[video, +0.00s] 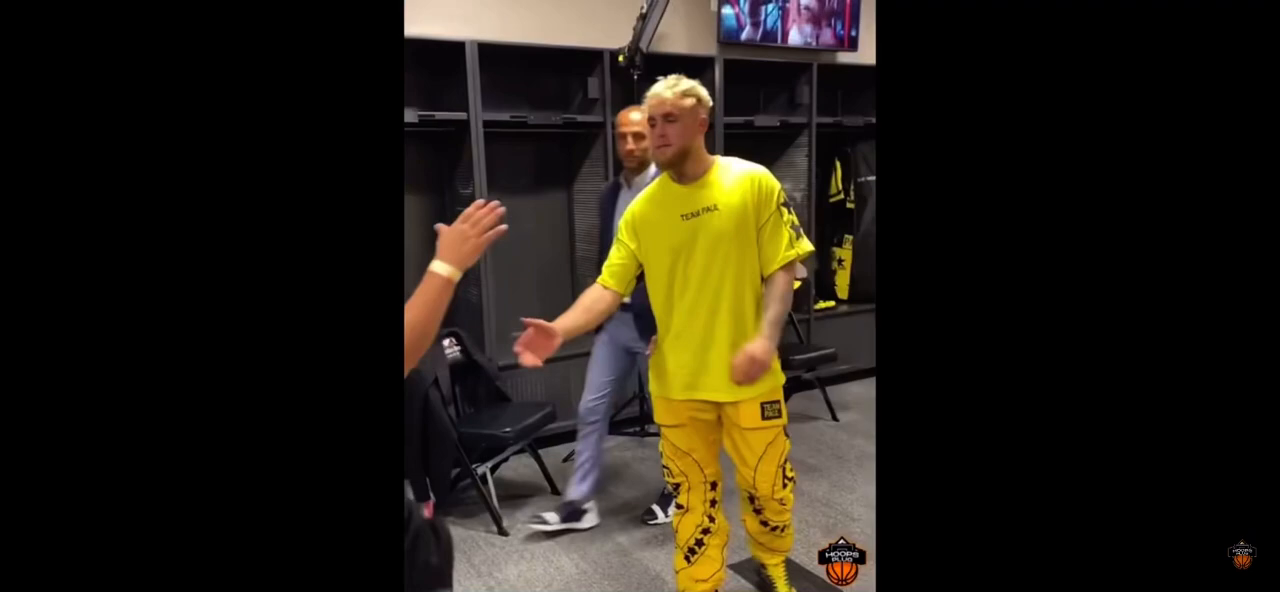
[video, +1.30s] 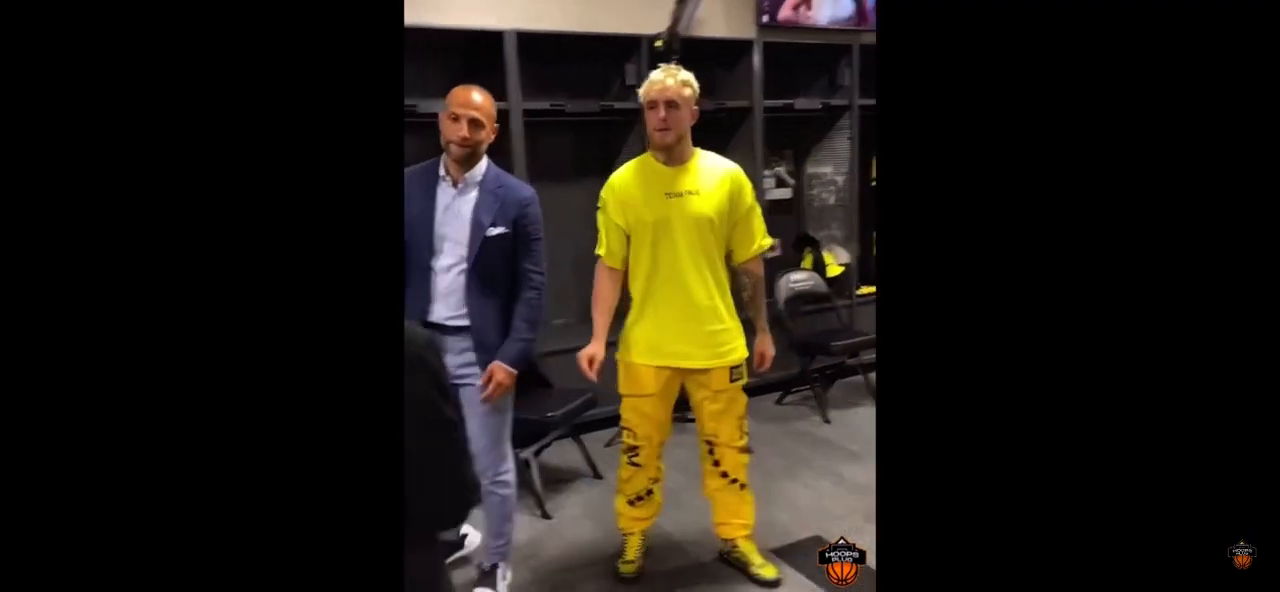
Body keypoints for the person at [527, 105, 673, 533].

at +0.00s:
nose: (629, 145)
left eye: (637, 137)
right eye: (622, 138)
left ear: (654, 139)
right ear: (614, 143)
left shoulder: (671, 189)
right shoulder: (612, 194)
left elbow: (684, 261)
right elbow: (609, 258)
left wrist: (666, 328)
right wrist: (601, 310)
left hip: (663, 322)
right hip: (617, 319)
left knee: (672, 416)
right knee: (592, 408)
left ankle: (678, 491)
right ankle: (579, 501)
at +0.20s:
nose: (580, 149)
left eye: (588, 141)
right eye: (571, 141)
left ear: (603, 145)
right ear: (559, 146)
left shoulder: (625, 199)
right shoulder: (550, 202)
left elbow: (642, 276)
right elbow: (543, 269)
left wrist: (635, 340)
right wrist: (540, 326)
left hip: (611, 334)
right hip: (561, 332)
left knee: (633, 424)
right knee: (549, 430)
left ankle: (664, 485)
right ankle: (531, 525)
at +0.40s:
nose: (520, 138)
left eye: (530, 130)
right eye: (513, 130)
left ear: (548, 137)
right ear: (502, 137)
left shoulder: (578, 194)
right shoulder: (493, 200)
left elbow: (602, 268)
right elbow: (485, 269)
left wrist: (607, 334)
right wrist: (479, 330)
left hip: (558, 333)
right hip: (510, 333)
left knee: (559, 440)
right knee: (524, 438)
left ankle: (613, 473)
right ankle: (524, 526)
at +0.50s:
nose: (499, 135)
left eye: (509, 128)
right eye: (492, 128)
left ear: (527, 135)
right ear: (481, 135)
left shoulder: (557, 191)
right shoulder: (470, 197)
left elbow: (582, 266)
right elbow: (462, 269)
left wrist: (590, 333)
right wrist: (444, 334)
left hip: (540, 327)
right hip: (491, 328)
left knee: (529, 440)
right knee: (509, 439)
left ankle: (568, 500)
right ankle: (520, 527)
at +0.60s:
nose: (481, 135)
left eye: (491, 128)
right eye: (474, 127)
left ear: (510, 135)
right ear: (463, 134)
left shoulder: (540, 191)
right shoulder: (450, 194)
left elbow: (563, 270)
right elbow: (435, 265)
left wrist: (569, 335)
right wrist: (424, 332)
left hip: (522, 329)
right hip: (469, 330)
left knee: (509, 443)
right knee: (500, 441)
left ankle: (511, 545)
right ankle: (524, 521)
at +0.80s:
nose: (453, 142)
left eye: (465, 134)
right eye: (446, 132)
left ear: (482, 141)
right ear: (434, 136)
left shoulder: (511, 202)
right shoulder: (415, 199)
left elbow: (532, 286)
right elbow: (411, 273)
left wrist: (526, 354)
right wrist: (408, 346)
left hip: (487, 344)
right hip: (433, 341)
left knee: (463, 459)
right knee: (479, 442)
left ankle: (438, 567)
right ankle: (516, 522)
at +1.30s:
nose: (463, 129)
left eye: (475, 122)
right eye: (455, 119)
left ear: (492, 132)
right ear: (439, 123)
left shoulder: (516, 197)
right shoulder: (410, 185)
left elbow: (532, 287)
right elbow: (403, 264)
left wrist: (510, 357)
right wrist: (406, 337)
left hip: (478, 346)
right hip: (417, 342)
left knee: (491, 466)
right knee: (428, 451)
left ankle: (495, 564)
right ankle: (449, 531)